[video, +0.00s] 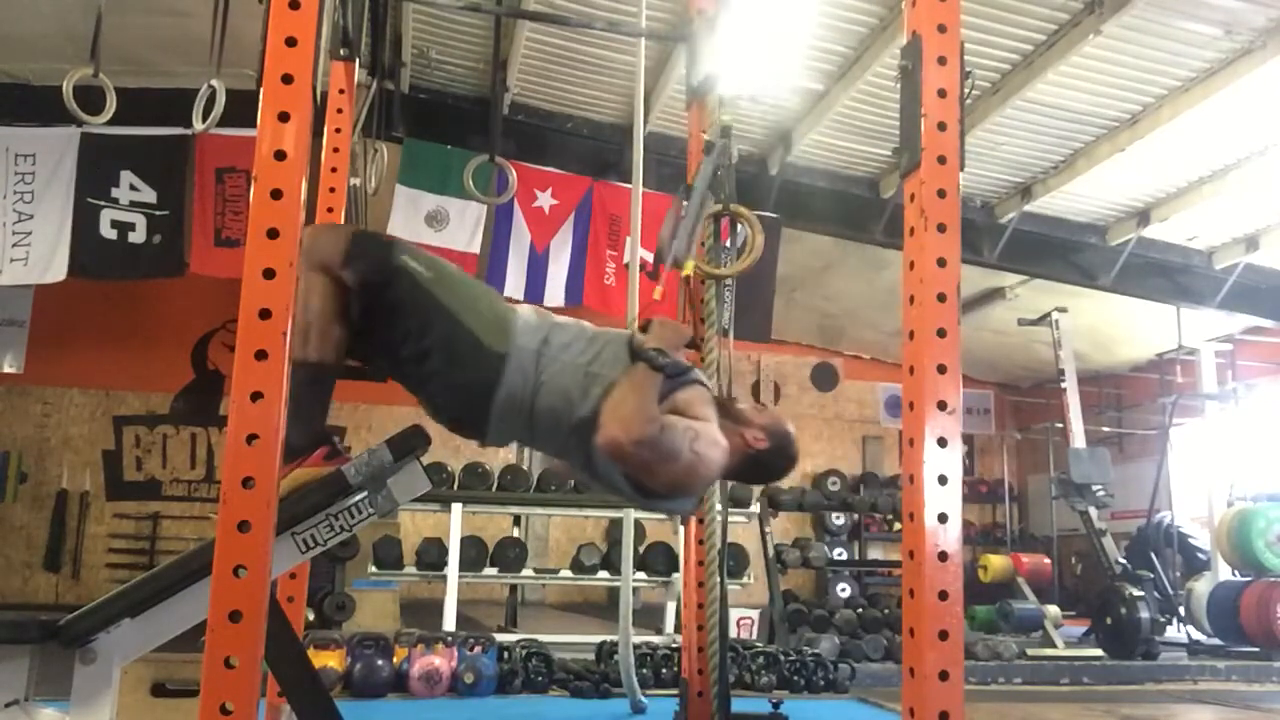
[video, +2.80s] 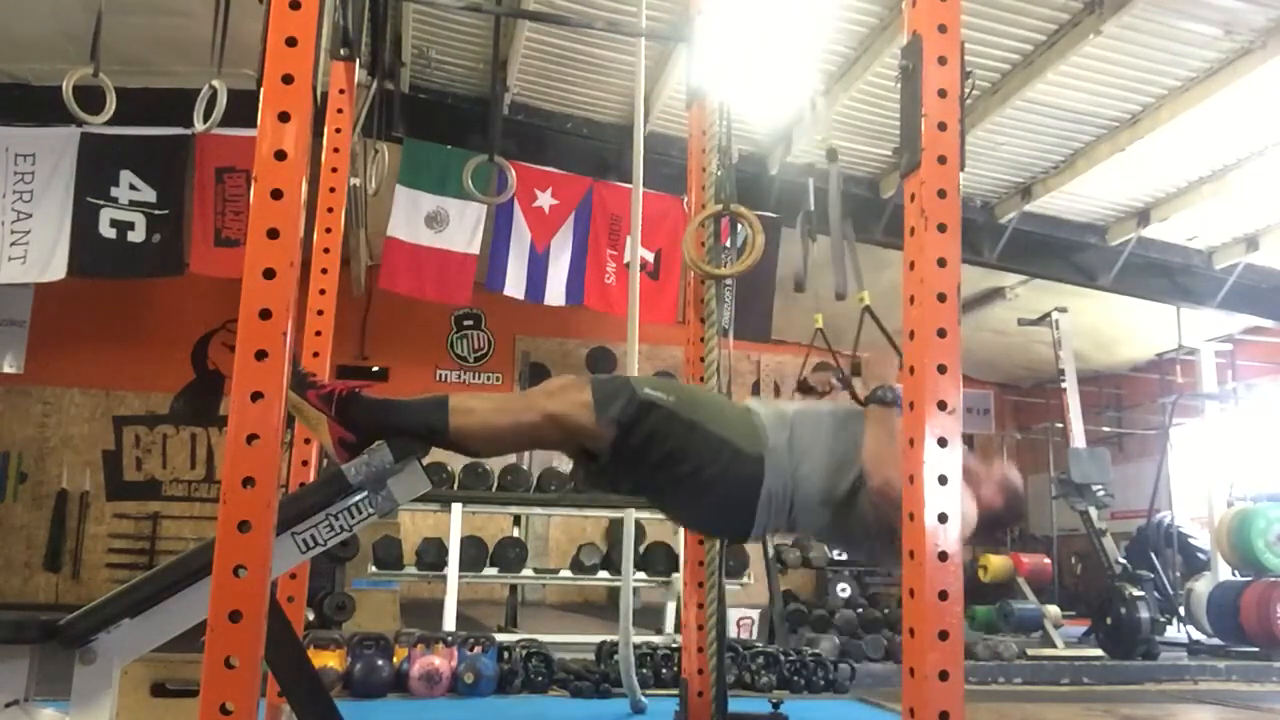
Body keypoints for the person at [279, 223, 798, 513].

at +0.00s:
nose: (756, 398)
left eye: (765, 411)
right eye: (768, 401)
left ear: (752, 441)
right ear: (751, 434)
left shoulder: (705, 450)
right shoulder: (698, 419)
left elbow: (625, 437)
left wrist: (660, 356)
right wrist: (663, 351)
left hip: (500, 361)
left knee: (323, 244)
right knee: (335, 308)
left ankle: (298, 415)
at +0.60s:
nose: (789, 426)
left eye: (796, 440)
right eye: (798, 432)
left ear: (785, 464)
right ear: (785, 451)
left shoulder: (737, 472)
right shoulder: (734, 437)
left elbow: (655, 447)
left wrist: (688, 365)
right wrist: (702, 348)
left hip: (535, 375)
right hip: (534, 380)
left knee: (368, 256)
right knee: (375, 298)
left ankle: (304, 429)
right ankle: (301, 426)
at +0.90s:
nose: (887, 448)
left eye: (897, 462)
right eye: (899, 447)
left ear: (888, 499)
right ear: (891, 474)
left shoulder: (835, 499)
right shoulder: (829, 455)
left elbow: (766, 469)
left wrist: (775, 389)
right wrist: (794, 377)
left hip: (637, 411)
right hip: (639, 396)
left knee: (477, 283)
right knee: (463, 320)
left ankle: (337, 419)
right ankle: (341, 414)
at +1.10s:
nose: (936, 469)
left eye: (946, 482)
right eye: (944, 471)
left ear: (937, 520)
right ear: (935, 493)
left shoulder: (889, 534)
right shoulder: (877, 476)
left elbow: (834, 480)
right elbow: (841, 440)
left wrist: (839, 402)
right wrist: (845, 390)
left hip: (702, 445)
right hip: (703, 409)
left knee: (539, 322)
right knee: (531, 336)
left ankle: (365, 414)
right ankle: (378, 410)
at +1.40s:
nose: (996, 493)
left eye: (1006, 505)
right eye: (1004, 490)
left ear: (997, 534)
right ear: (990, 489)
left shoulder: (948, 545)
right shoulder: (940, 495)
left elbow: (894, 490)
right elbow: (878, 460)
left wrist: (918, 418)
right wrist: (903, 412)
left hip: (770, 484)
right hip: (762, 457)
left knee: (591, 404)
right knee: (583, 395)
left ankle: (392, 423)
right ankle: (404, 418)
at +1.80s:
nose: (975, 571)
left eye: (984, 586)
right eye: (986, 568)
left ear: (974, 613)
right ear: (973, 561)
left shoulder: (921, 622)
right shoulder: (914, 565)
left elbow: (885, 515)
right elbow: (876, 497)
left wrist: (905, 445)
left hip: (755, 544)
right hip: (750, 503)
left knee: (595, 434)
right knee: (574, 429)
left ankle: (378, 410)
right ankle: (382, 420)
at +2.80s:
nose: (986, 467)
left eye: (995, 478)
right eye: (991, 463)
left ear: (989, 508)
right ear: (978, 460)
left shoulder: (939, 528)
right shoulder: (930, 469)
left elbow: (887, 486)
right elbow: (876, 464)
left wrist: (917, 408)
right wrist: (883, 398)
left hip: (754, 468)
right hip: (745, 454)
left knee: (570, 407)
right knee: (560, 407)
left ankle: (365, 414)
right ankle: (373, 416)